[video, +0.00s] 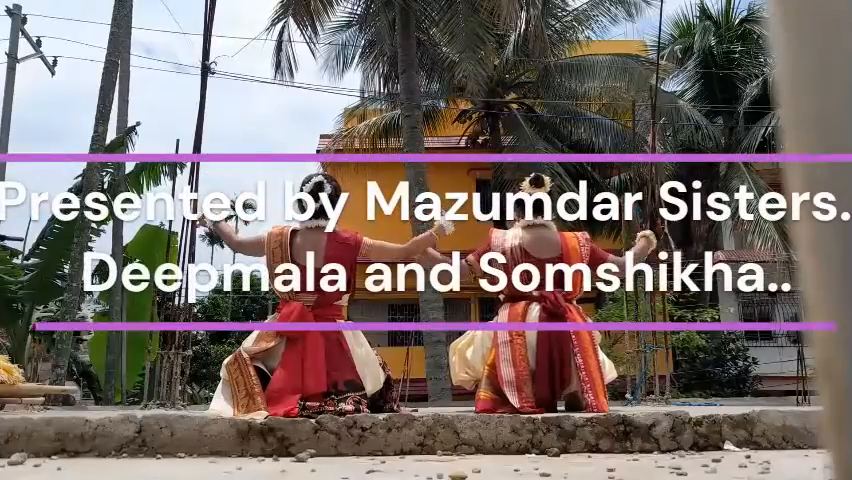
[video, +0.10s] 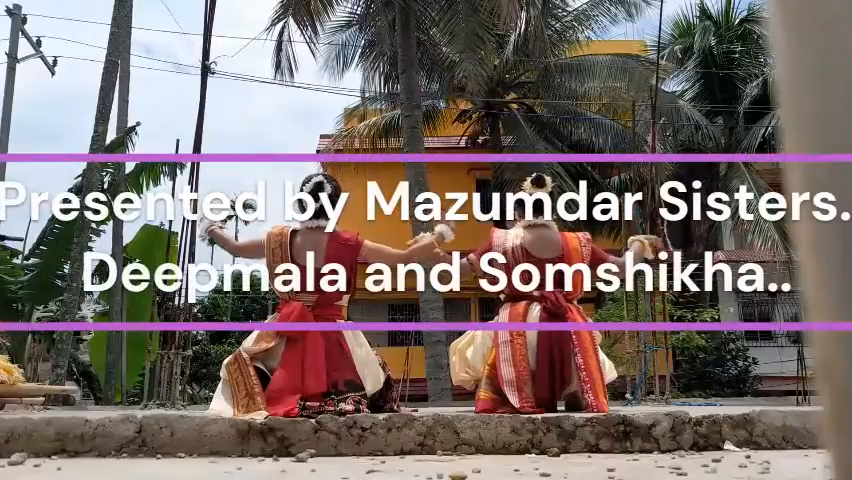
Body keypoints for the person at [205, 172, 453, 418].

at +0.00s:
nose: (335, 210)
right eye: (335, 203)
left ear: (300, 205)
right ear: (335, 206)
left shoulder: (277, 238)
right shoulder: (348, 242)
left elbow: (235, 242)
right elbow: (404, 252)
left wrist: (211, 220)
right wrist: (436, 230)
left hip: (286, 339)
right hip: (335, 340)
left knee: (238, 365)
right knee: (376, 385)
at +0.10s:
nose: (335, 211)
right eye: (335, 203)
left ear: (300, 205)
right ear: (335, 206)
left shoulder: (277, 239)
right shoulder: (348, 243)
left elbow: (236, 248)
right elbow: (404, 257)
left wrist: (212, 229)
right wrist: (435, 238)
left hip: (286, 341)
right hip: (335, 341)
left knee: (238, 365)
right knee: (376, 385)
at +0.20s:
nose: (334, 212)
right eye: (335, 205)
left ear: (301, 205)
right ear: (334, 207)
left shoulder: (277, 239)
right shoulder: (349, 244)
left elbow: (237, 254)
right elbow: (401, 260)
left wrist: (210, 237)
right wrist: (430, 245)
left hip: (287, 337)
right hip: (334, 336)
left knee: (239, 361)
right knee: (375, 385)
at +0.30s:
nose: (338, 211)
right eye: (337, 205)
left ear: (302, 205)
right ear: (335, 207)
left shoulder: (278, 240)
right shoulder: (349, 244)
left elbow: (237, 258)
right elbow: (399, 263)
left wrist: (206, 232)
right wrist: (427, 244)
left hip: (288, 336)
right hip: (335, 336)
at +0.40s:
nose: (338, 209)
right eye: (338, 204)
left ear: (301, 204)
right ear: (335, 207)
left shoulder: (277, 239)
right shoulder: (347, 243)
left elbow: (236, 258)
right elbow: (399, 262)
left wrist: (208, 236)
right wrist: (428, 244)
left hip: (288, 342)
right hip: (333, 342)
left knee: (241, 361)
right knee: (373, 385)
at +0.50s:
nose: (333, 209)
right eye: (335, 203)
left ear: (300, 205)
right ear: (335, 206)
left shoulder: (277, 241)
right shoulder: (348, 245)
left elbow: (234, 259)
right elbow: (400, 264)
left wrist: (205, 237)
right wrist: (430, 247)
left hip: (288, 345)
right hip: (335, 345)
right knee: (379, 387)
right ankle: (343, 401)